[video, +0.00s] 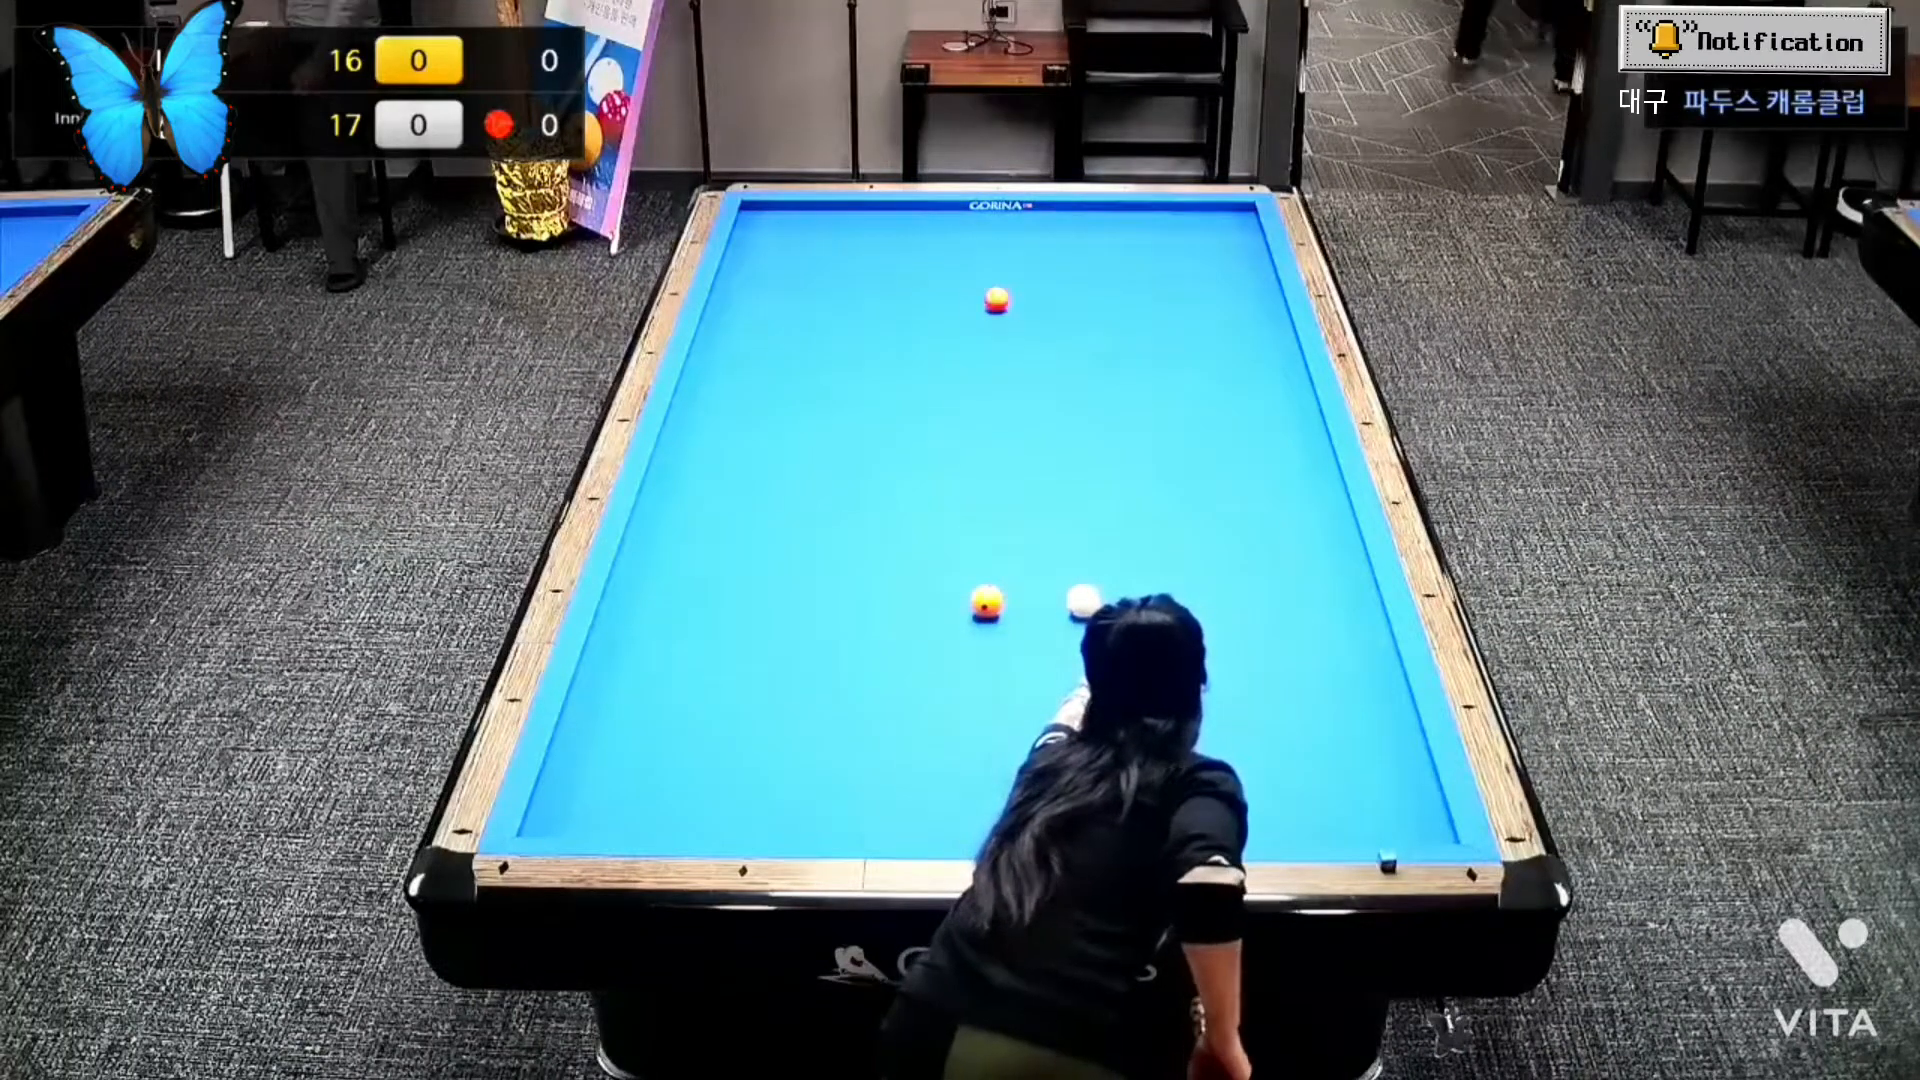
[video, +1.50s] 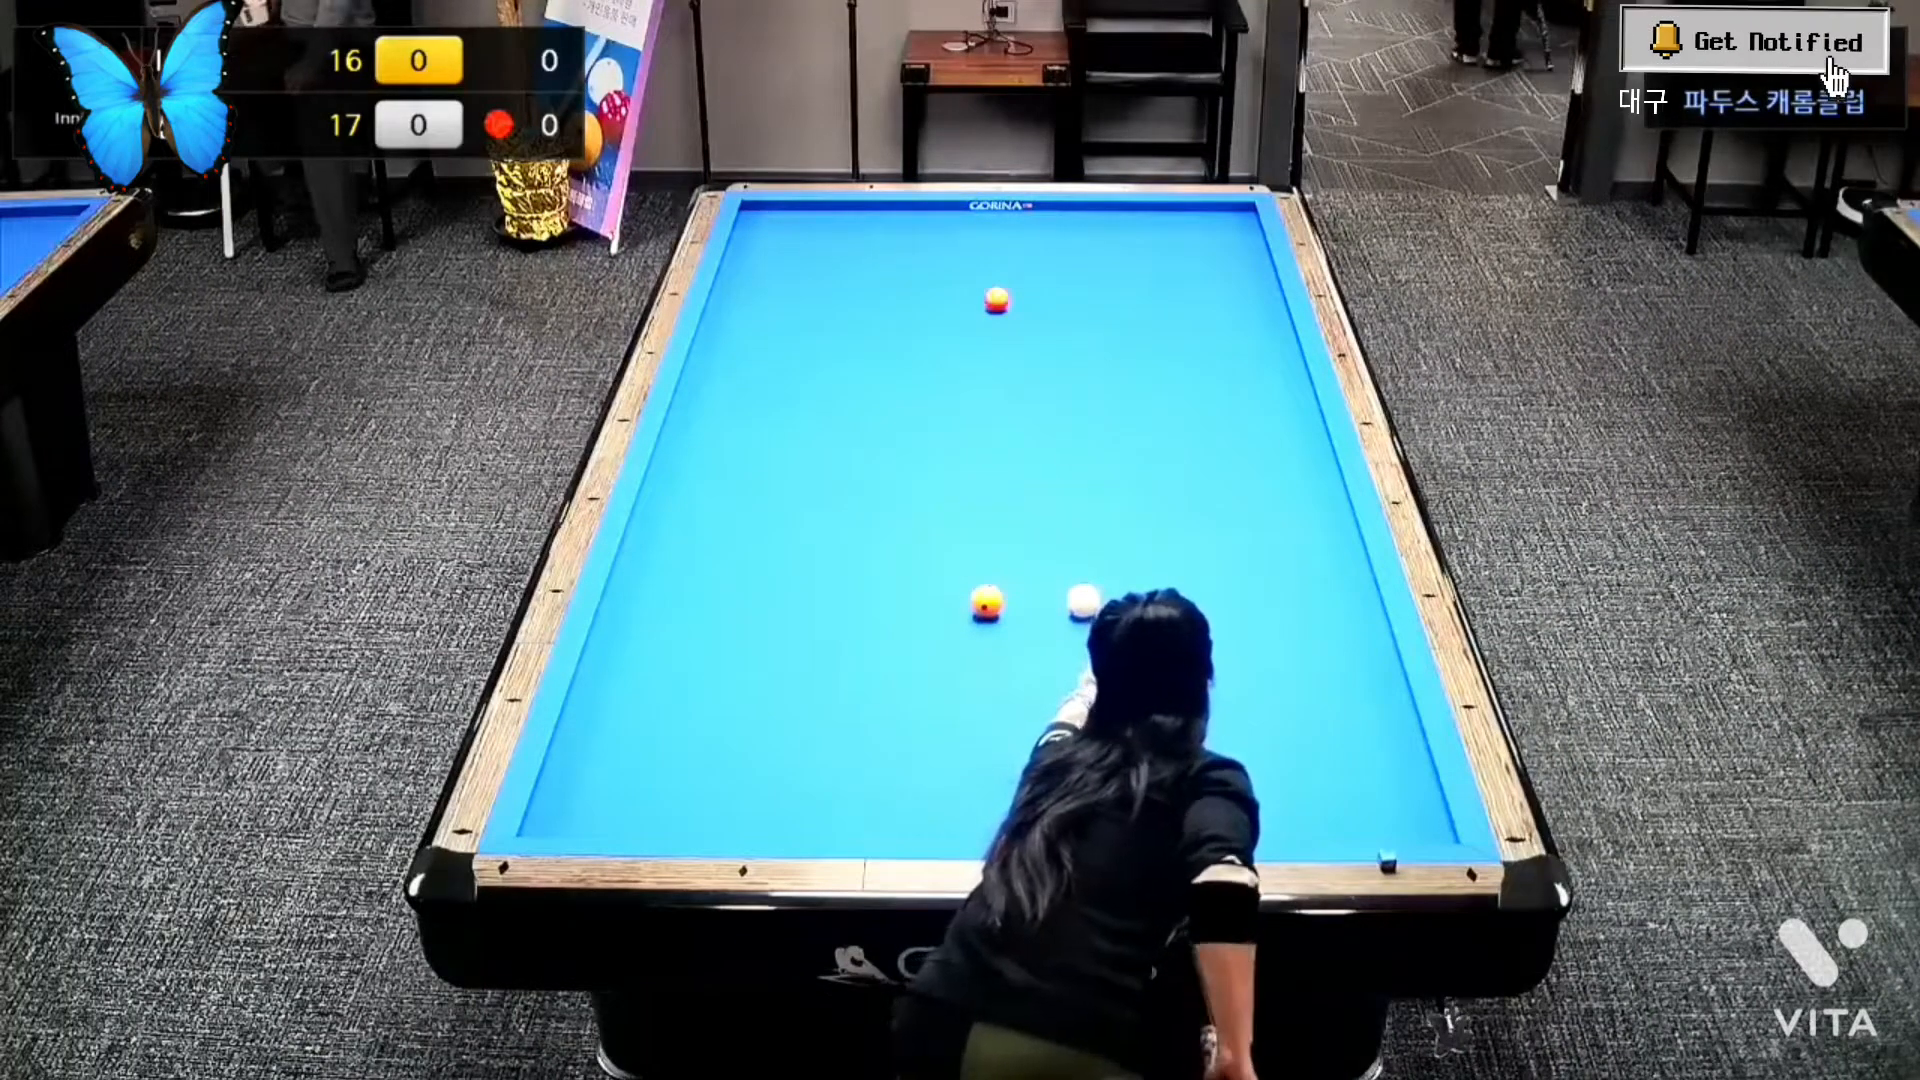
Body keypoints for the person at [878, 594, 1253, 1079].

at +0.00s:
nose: (1207, 680)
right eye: (1202, 670)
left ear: (1099, 685)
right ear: (1193, 683)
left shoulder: (1052, 756)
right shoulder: (1203, 780)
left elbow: (1071, 717)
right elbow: (1206, 889)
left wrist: (1091, 683)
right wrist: (1222, 1036)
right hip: (1080, 1044)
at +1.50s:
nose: (1214, 677)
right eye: (1209, 667)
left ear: (1102, 682)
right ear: (1200, 679)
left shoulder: (1055, 755)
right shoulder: (1212, 776)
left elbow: (1079, 705)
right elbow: (1221, 894)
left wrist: (1097, 673)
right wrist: (1234, 1052)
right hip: (1091, 1038)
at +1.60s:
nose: (1216, 672)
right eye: (1210, 662)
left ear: (1105, 679)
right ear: (1201, 676)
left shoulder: (1056, 755)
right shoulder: (1214, 775)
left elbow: (1078, 707)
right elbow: (1224, 896)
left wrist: (1101, 671)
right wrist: (1236, 1050)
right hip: (1101, 1040)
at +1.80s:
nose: (1219, 665)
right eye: (1212, 653)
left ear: (1107, 671)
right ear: (1202, 669)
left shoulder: (1059, 747)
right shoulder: (1218, 769)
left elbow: (1083, 698)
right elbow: (1233, 884)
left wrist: (1105, 660)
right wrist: (1239, 1041)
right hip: (1114, 1038)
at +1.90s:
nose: (1221, 665)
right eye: (1214, 654)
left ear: (1108, 669)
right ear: (1204, 668)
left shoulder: (1058, 748)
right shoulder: (1219, 770)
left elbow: (1085, 697)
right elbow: (1239, 887)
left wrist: (1106, 661)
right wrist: (1235, 976)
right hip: (1112, 1034)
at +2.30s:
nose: (1216, 661)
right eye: (1210, 649)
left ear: (1108, 661)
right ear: (1200, 662)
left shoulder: (1054, 744)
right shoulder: (1219, 769)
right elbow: (1238, 882)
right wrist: (1228, 943)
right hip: (1106, 1034)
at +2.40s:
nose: (1212, 662)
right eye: (1205, 650)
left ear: (1106, 659)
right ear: (1199, 660)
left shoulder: (1053, 742)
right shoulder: (1218, 767)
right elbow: (1237, 878)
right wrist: (1226, 944)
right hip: (1106, 1032)